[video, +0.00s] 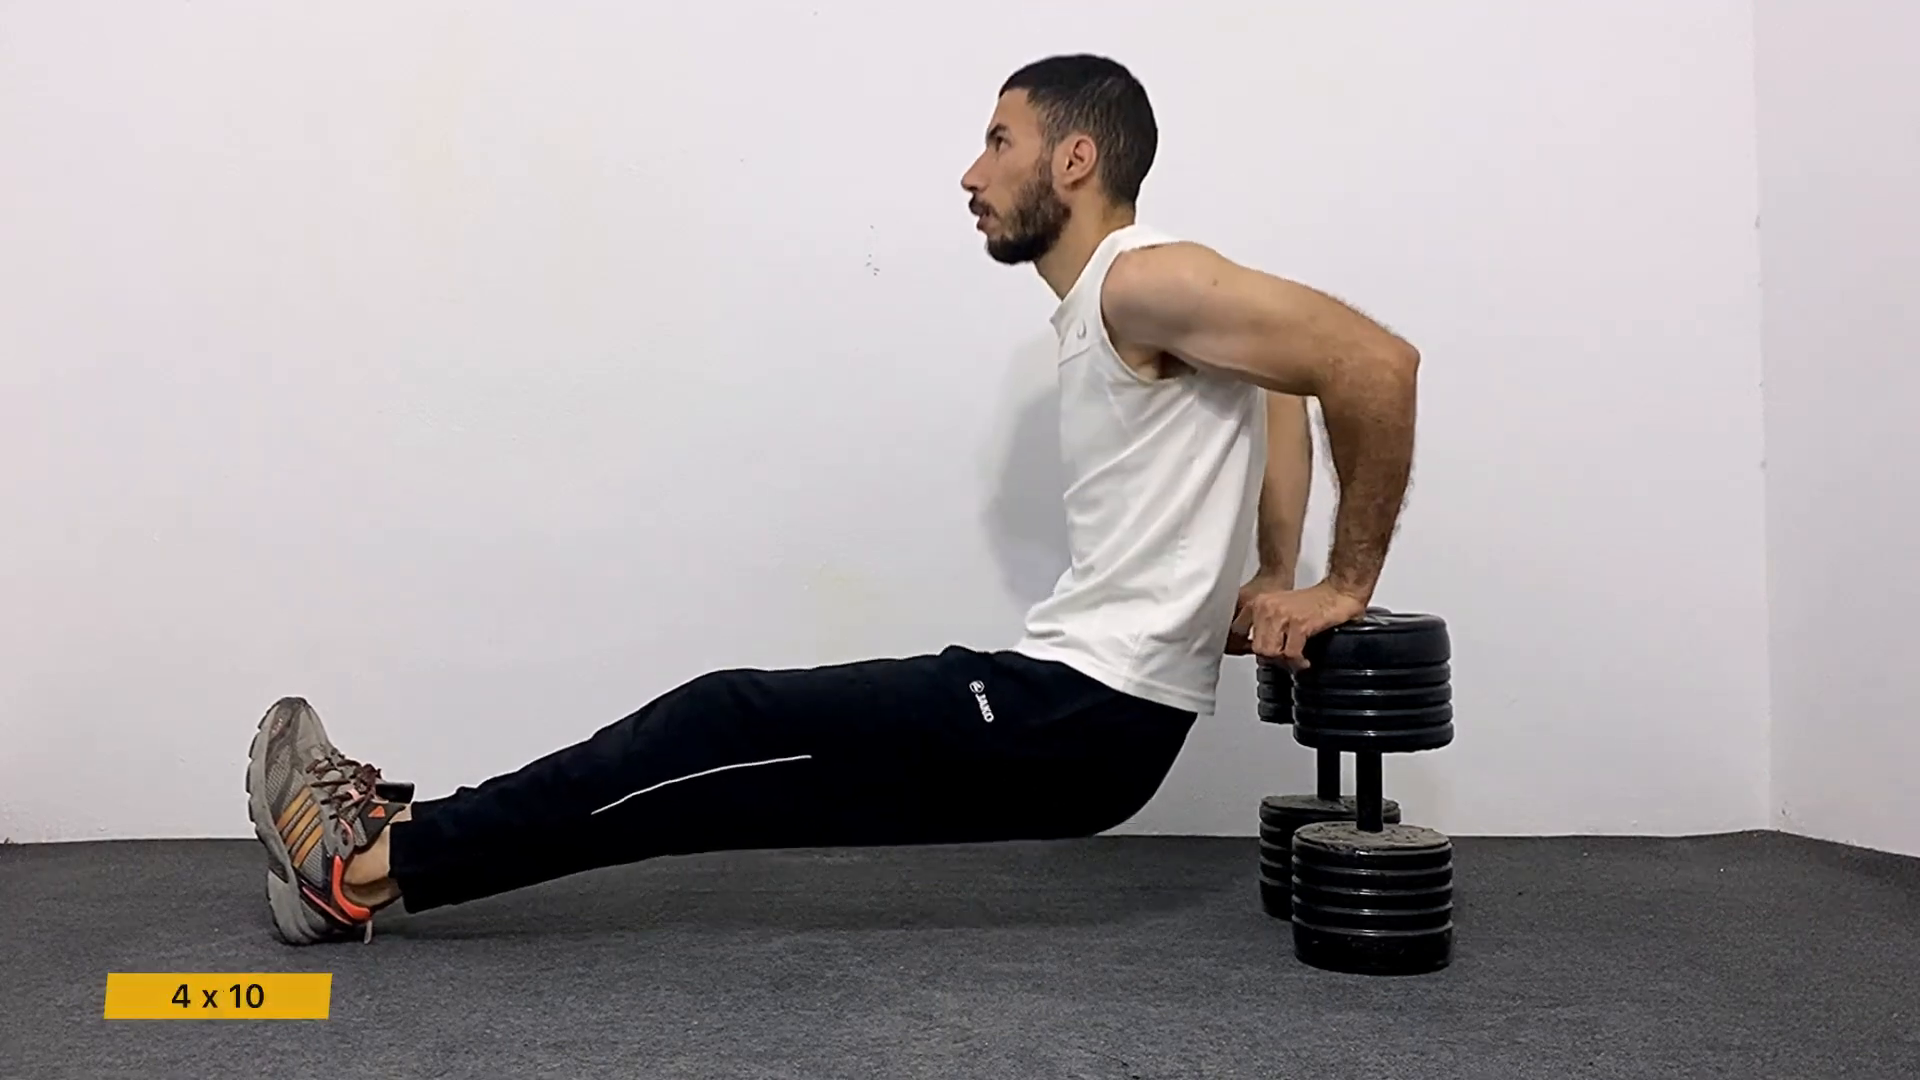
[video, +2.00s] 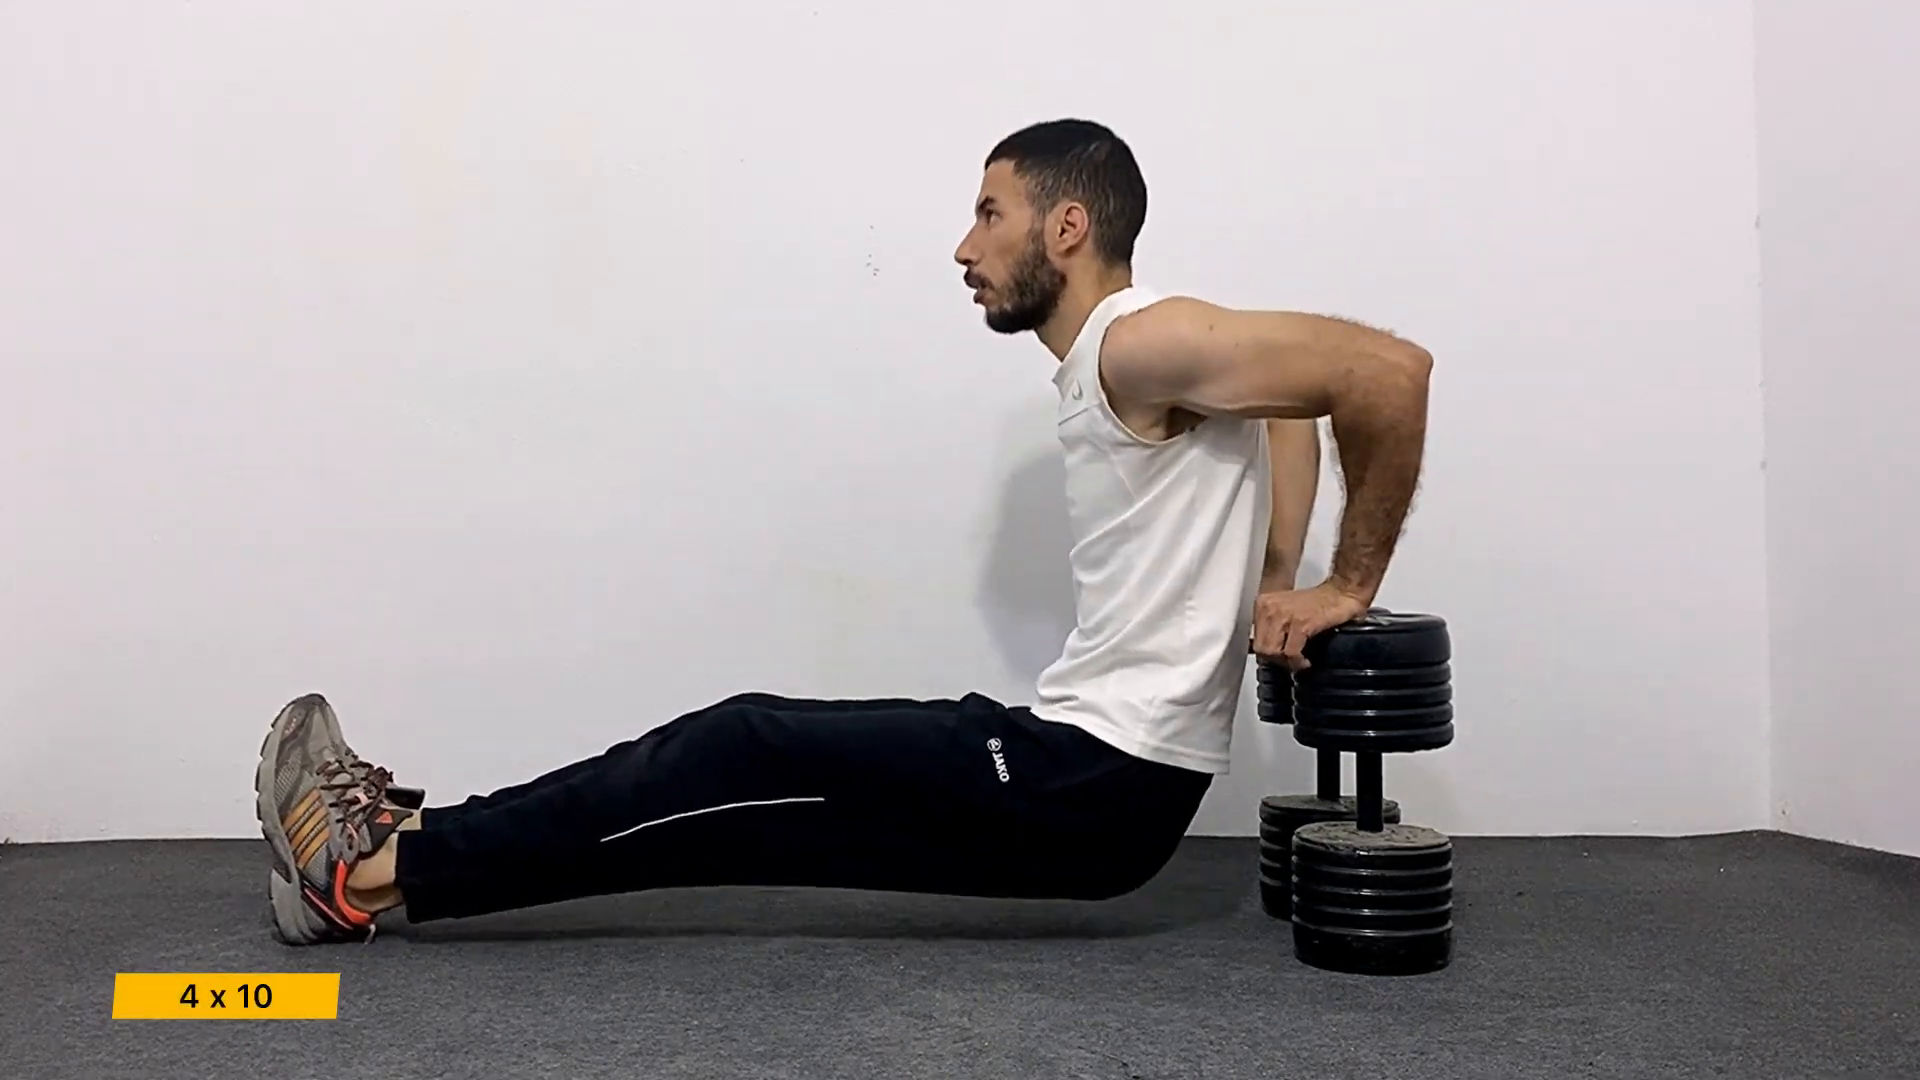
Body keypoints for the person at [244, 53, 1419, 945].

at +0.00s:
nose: (972, 169)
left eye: (996, 142)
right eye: (981, 142)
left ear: (1080, 158)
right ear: (1081, 164)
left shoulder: (1143, 288)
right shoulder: (1120, 296)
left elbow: (1375, 364)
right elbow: (1288, 382)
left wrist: (1348, 586)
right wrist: (1274, 577)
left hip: (1087, 710)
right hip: (1072, 699)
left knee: (721, 725)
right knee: (717, 740)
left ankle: (381, 868)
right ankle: (403, 844)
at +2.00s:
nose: (964, 248)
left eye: (987, 216)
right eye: (973, 219)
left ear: (1074, 227)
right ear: (1077, 228)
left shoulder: (1136, 345)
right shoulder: (1126, 345)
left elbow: (1391, 375)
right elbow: (1295, 391)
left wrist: (1355, 585)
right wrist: (1279, 575)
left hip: (1097, 776)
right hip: (1078, 760)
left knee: (741, 742)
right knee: (736, 795)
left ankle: (386, 869)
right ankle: (416, 848)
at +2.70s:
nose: (990, 121)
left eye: (1013, 89)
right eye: (996, 91)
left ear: (1100, 95)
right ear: (1097, 101)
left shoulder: (1167, 222)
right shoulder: (1139, 246)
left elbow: (1368, 361)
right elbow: (1285, 417)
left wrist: (1350, 587)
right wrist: (1271, 589)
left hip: (1091, 656)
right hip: (1072, 644)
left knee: (739, 734)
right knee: (739, 731)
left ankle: (392, 875)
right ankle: (415, 847)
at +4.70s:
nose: (1022, 51)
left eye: (1041, 17)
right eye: (1026, 22)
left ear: (1126, 19)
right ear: (1111, 27)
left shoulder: (1188, 144)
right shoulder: (1149, 165)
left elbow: (1312, 358)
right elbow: (1251, 382)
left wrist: (1347, 580)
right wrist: (1267, 572)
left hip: (1063, 593)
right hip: (1045, 579)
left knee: (718, 711)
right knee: (714, 699)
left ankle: (380, 877)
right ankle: (420, 840)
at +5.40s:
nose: (985, 201)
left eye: (1006, 168)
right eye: (990, 172)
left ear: (1093, 175)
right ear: (1097, 180)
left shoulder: (1156, 301)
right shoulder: (1135, 304)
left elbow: (1397, 369)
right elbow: (1302, 378)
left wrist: (1354, 588)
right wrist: (1283, 573)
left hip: (1099, 737)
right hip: (1079, 723)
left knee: (737, 736)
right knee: (733, 760)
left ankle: (387, 878)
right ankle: (422, 849)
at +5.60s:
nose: (919, 245)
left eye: (943, 213)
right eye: (927, 216)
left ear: (1029, 224)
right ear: (1030, 226)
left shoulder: (1090, 342)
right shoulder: (1073, 347)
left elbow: (1345, 377)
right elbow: (1241, 391)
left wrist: (1299, 587)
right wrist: (1225, 575)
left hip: (1046, 778)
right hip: (1028, 763)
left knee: (686, 738)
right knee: (681, 788)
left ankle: (337, 872)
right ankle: (364, 852)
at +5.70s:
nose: (777, 261)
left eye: (798, 229)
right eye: (784, 232)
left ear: (882, 238)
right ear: (888, 240)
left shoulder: (947, 354)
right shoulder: (936, 359)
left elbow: (1204, 378)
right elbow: (1103, 395)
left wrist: (1161, 591)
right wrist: (1089, 573)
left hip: (906, 792)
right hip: (900, 786)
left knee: (547, 742)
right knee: (536, 800)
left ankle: (194, 876)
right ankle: (228, 850)